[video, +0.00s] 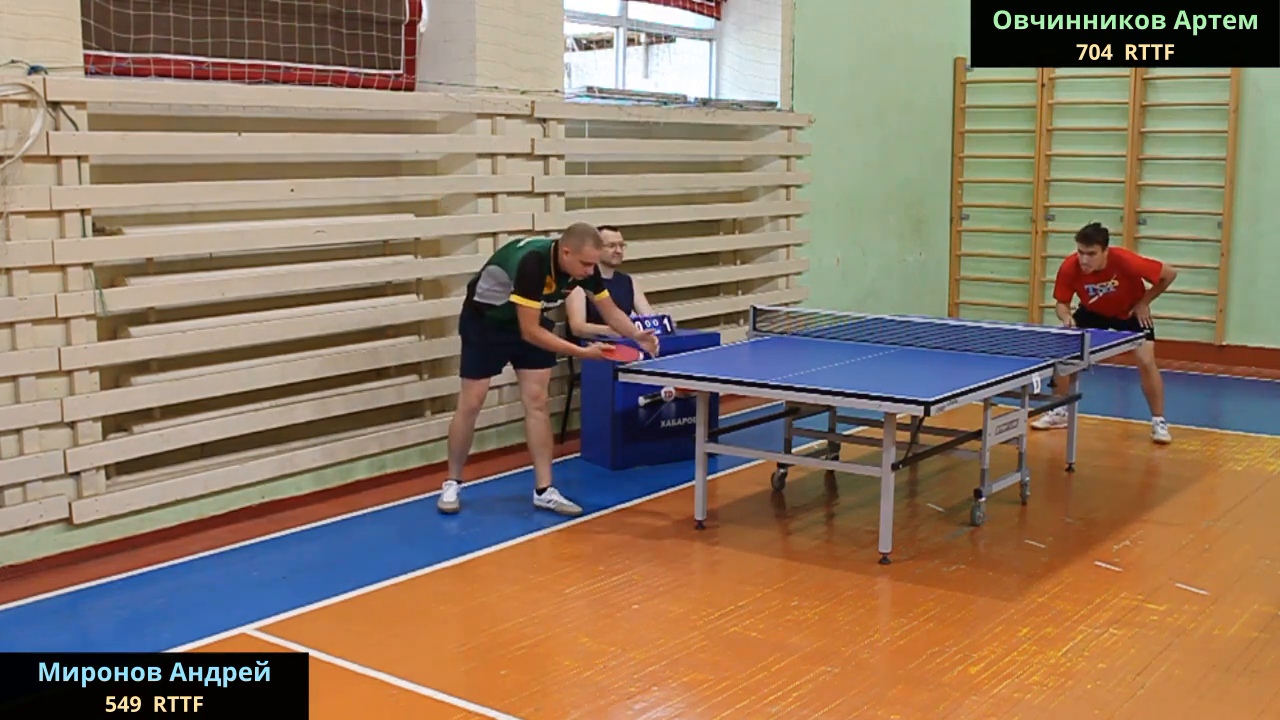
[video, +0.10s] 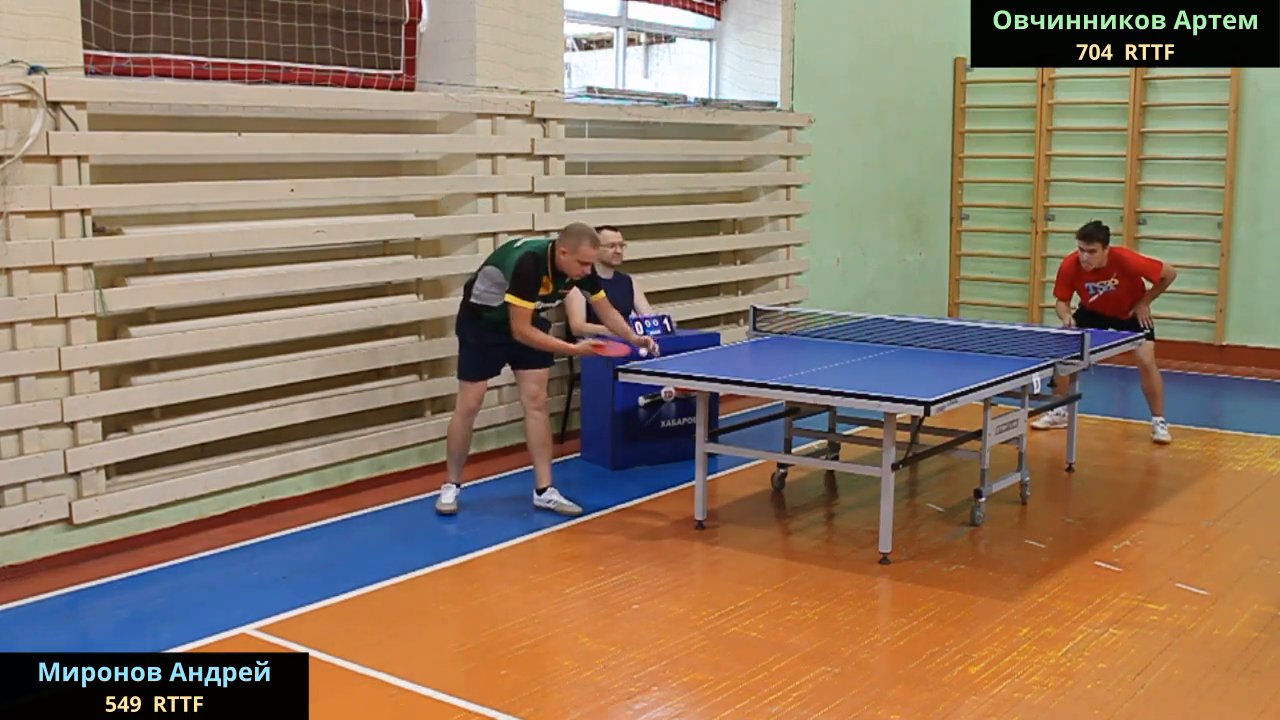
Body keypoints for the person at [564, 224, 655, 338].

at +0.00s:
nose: (618, 251)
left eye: (621, 245)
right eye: (611, 246)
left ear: (625, 247)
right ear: (596, 248)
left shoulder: (628, 281)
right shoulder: (579, 281)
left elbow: (649, 315)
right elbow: (577, 327)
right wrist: (611, 330)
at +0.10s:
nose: (618, 251)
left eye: (621, 246)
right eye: (611, 246)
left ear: (624, 247)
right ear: (595, 248)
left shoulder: (628, 281)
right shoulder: (579, 281)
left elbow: (648, 315)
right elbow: (577, 327)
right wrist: (611, 331)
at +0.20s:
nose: (619, 251)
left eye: (621, 246)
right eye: (612, 246)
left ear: (624, 248)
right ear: (595, 250)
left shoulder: (629, 282)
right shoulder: (578, 281)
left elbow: (649, 317)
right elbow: (577, 325)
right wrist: (610, 330)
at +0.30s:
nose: (619, 251)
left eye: (621, 246)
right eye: (612, 246)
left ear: (624, 248)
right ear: (595, 249)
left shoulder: (628, 281)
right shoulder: (581, 283)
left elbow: (649, 316)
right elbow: (576, 325)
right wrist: (605, 331)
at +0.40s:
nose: (619, 251)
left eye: (622, 246)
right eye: (612, 246)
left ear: (624, 247)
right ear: (595, 249)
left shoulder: (629, 282)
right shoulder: (579, 283)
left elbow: (649, 316)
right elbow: (578, 326)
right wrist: (605, 330)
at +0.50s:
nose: (619, 251)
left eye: (622, 246)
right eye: (612, 246)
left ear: (624, 247)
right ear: (595, 249)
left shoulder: (629, 281)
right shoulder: (579, 283)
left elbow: (648, 314)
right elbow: (579, 325)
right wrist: (605, 330)